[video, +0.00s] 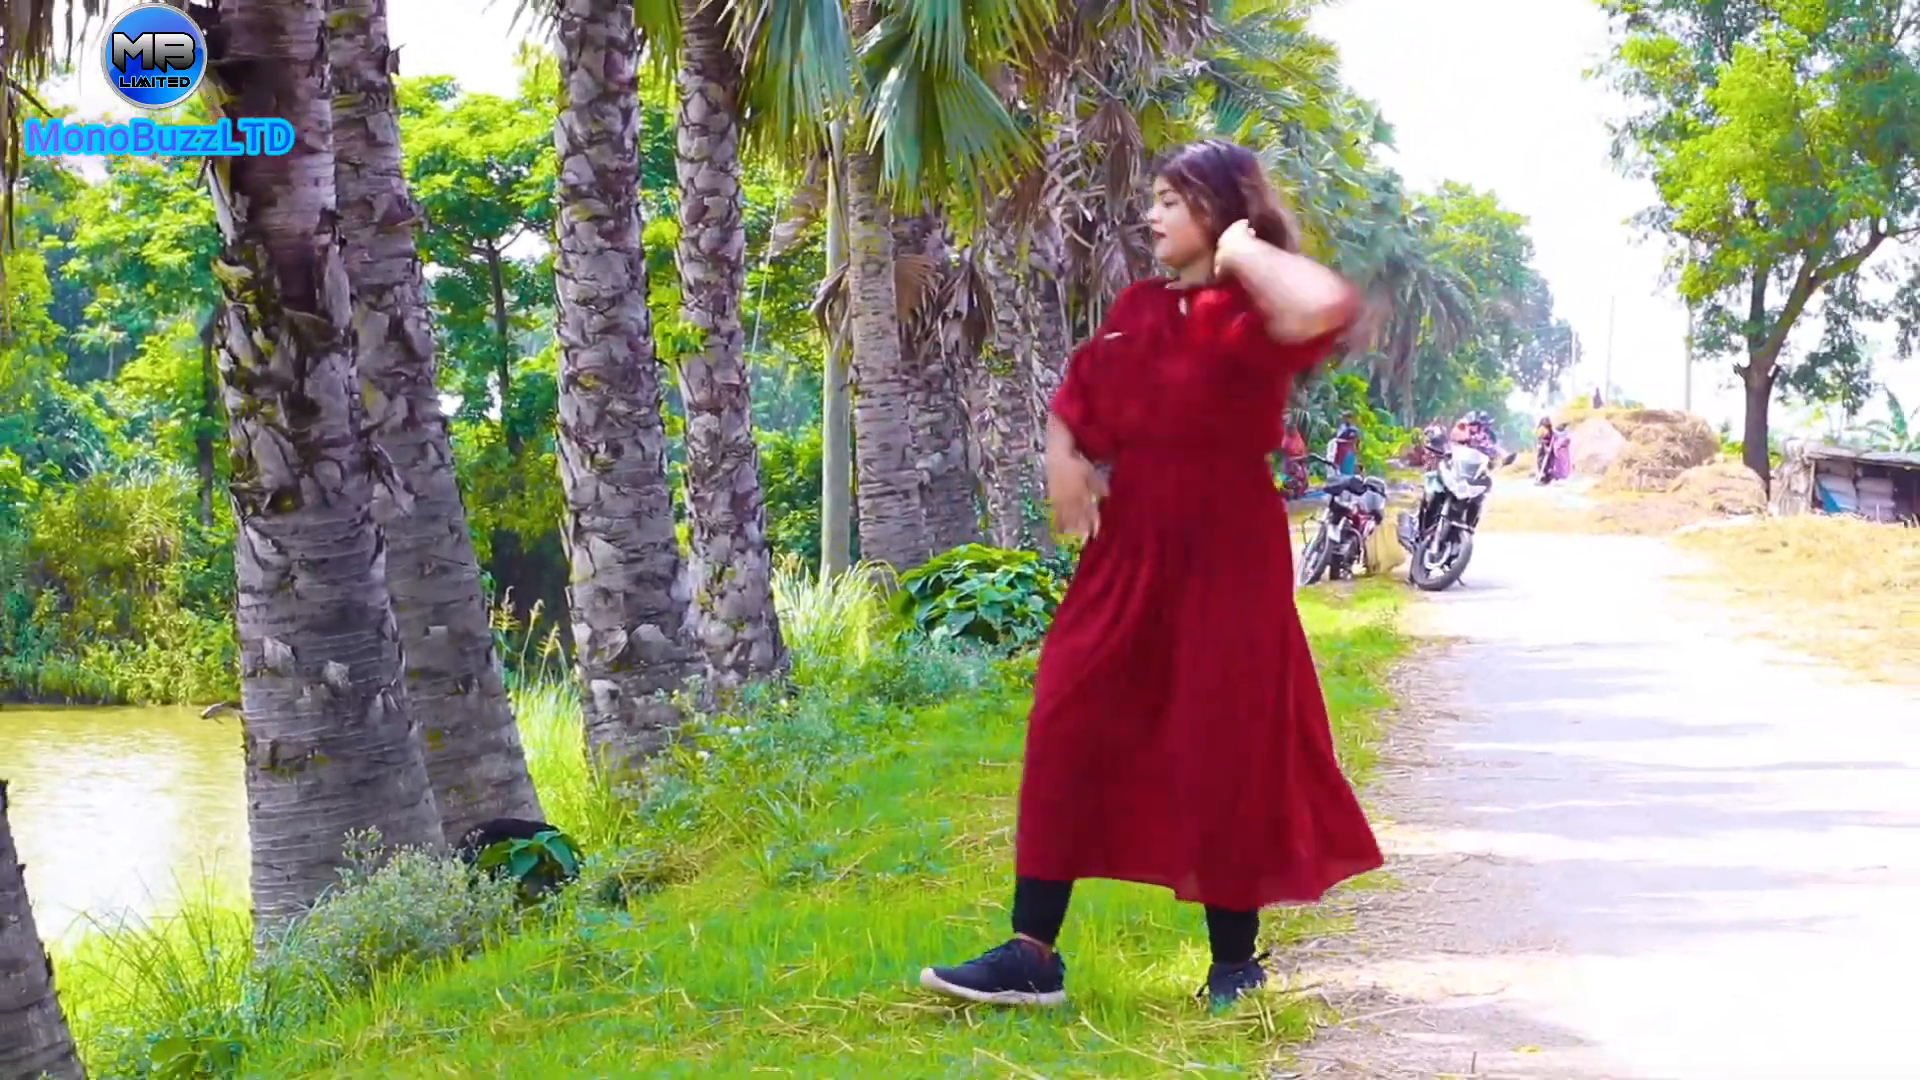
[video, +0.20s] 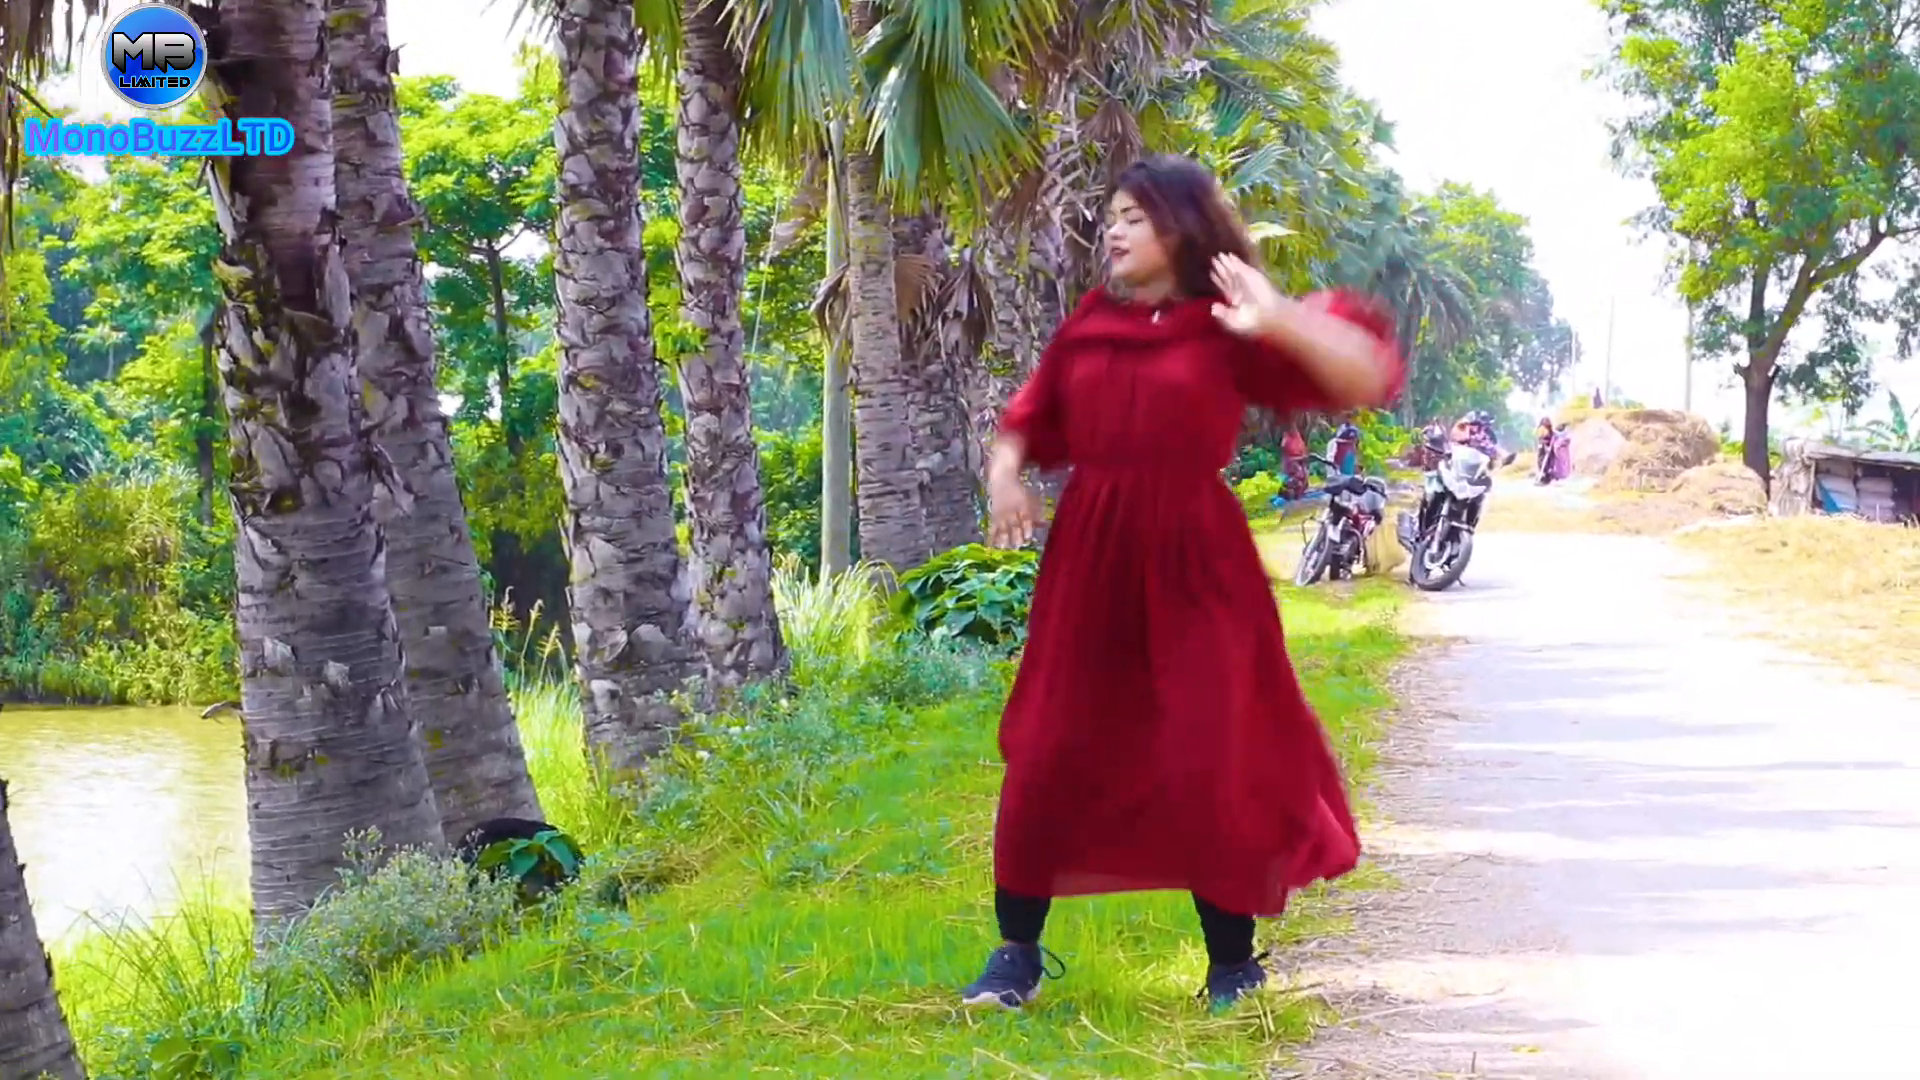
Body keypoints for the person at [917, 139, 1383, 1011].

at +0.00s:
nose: (1150, 217)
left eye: (1168, 203)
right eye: (1153, 202)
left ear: (1220, 218)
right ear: (1174, 218)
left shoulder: (1260, 305)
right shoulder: (1141, 305)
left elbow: (1326, 305)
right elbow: (1076, 392)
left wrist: (1240, 245)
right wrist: (1064, 458)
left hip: (1229, 553)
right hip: (1130, 546)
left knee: (1224, 747)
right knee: (1061, 725)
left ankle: (1233, 964)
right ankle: (1032, 947)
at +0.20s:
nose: (1111, 234)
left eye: (1132, 219)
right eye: (1110, 218)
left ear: (1185, 233)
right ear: (1112, 235)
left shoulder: (1230, 330)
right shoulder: (1084, 333)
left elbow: (1369, 376)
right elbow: (1020, 425)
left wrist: (1276, 316)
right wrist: (1004, 475)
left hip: (1194, 565)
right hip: (1089, 563)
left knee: (1209, 761)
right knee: (1038, 752)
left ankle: (1232, 967)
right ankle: (1016, 955)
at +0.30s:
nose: (1122, 229)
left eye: (1142, 218)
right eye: (1108, 216)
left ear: (1174, 240)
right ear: (1084, 237)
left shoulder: (1218, 342)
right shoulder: (1043, 342)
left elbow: (1295, 475)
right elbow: (965, 468)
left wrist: (1230, 407)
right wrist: (1044, 465)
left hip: (1184, 571)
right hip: (1069, 572)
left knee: (1205, 764)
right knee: (1032, 763)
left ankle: (1233, 974)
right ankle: (1018, 966)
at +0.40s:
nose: (1131, 239)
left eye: (1142, 231)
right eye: (1112, 225)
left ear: (1150, 254)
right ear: (1066, 238)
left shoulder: (1176, 343)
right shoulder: (1012, 332)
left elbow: (1240, 450)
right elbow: (957, 417)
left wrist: (1197, 451)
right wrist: (1065, 342)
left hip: (1153, 559)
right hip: (1043, 559)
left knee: (1189, 741)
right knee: (1028, 746)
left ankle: (1213, 941)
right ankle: (1016, 944)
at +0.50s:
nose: (1133, 215)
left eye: (1139, 203)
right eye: (1116, 198)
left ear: (1142, 220)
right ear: (1060, 206)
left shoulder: (1162, 304)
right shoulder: (1008, 295)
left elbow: (1240, 387)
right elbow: (914, 301)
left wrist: (1216, 432)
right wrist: (1016, 255)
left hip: (1149, 533)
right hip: (1039, 532)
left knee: (1197, 721)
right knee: (1029, 729)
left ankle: (1210, 941)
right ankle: (1015, 949)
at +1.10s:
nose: (1159, 262)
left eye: (1166, 251)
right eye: (1139, 250)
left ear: (1175, 268)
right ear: (1092, 266)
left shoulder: (1191, 348)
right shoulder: (1045, 354)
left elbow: (1300, 425)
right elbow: (919, 373)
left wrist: (1244, 479)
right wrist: (1006, 324)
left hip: (1183, 580)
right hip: (1077, 582)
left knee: (1201, 758)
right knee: (1032, 750)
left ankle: (1234, 944)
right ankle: (1016, 939)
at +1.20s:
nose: (1143, 239)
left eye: (1163, 228)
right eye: (1128, 232)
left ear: (1201, 253)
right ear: (1109, 261)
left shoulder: (1236, 337)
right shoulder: (1084, 359)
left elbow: (1335, 406)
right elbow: (992, 480)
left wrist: (1213, 442)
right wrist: (1051, 416)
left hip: (1208, 564)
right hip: (1103, 562)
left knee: (1221, 759)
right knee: (1052, 753)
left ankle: (1251, 966)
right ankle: (1022, 958)